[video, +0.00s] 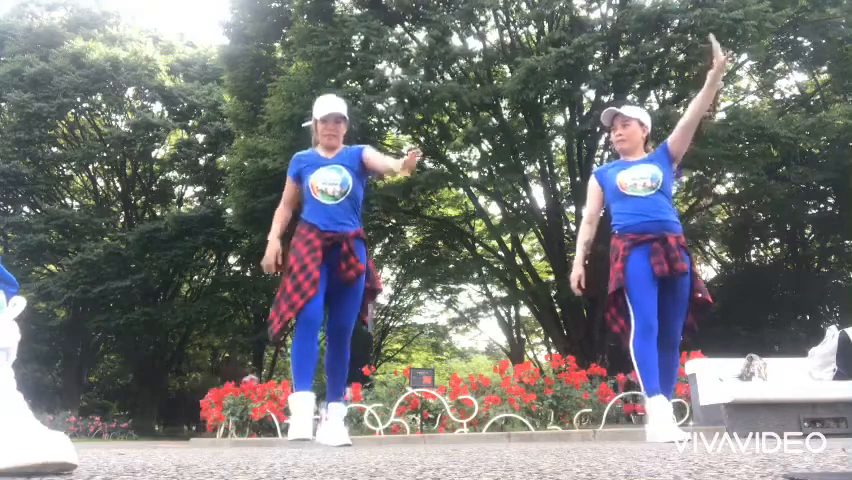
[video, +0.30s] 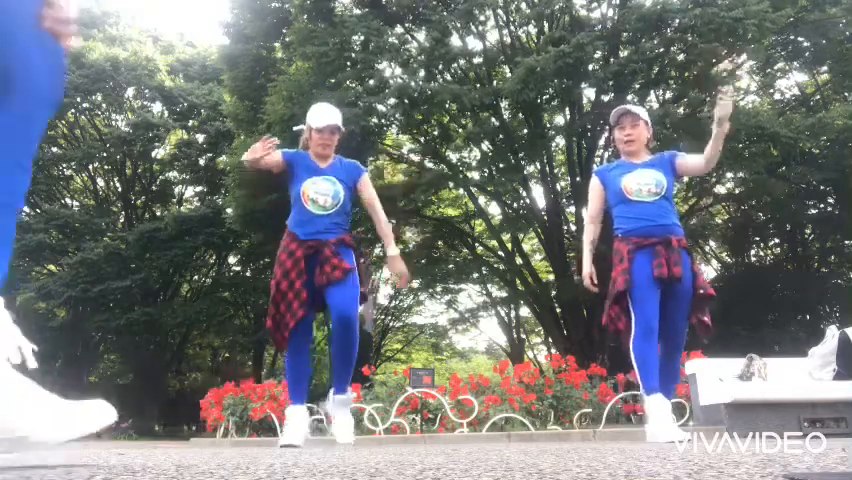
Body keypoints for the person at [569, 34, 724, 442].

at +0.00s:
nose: (618, 129)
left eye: (626, 123)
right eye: (614, 126)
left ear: (645, 129)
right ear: (611, 136)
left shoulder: (662, 158)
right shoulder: (603, 174)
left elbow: (692, 119)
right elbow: (589, 219)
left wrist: (714, 77)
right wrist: (579, 260)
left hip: (674, 246)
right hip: (635, 249)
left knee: (671, 334)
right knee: (646, 326)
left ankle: (664, 410)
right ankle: (655, 407)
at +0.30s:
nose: (628, 130)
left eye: (634, 124)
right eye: (621, 126)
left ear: (648, 131)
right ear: (613, 135)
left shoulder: (667, 161)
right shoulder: (604, 173)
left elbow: (706, 162)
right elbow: (593, 218)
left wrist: (720, 128)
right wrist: (587, 257)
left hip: (675, 248)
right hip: (636, 249)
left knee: (675, 332)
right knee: (647, 323)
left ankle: (665, 406)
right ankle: (653, 402)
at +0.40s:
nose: (630, 130)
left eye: (637, 124)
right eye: (623, 126)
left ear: (650, 131)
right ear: (616, 135)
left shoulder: (672, 168)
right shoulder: (605, 173)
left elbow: (689, 213)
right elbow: (595, 221)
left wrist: (703, 203)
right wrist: (590, 260)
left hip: (675, 250)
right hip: (636, 252)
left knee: (676, 337)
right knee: (646, 317)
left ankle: (662, 414)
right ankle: (650, 403)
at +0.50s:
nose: (631, 128)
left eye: (638, 122)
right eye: (624, 125)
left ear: (652, 129)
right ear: (617, 134)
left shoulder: (674, 168)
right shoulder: (606, 173)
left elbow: (686, 212)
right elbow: (595, 221)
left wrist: (692, 232)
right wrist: (591, 259)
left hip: (674, 251)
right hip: (634, 252)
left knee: (676, 337)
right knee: (646, 315)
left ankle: (663, 413)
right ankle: (649, 403)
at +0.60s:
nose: (633, 128)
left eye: (640, 122)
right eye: (627, 124)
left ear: (653, 128)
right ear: (618, 133)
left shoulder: (673, 167)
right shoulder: (606, 171)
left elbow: (688, 212)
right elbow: (594, 216)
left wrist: (691, 239)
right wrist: (590, 255)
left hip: (672, 251)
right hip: (631, 252)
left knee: (672, 334)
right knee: (642, 322)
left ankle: (665, 412)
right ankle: (651, 409)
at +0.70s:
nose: (634, 129)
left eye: (640, 123)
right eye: (627, 124)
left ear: (652, 128)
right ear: (618, 132)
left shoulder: (671, 167)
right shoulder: (606, 170)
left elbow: (689, 210)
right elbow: (592, 216)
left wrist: (695, 230)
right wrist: (589, 252)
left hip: (670, 250)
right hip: (629, 252)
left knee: (669, 333)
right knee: (640, 325)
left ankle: (664, 412)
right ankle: (651, 409)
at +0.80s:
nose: (634, 131)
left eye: (641, 125)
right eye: (627, 127)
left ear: (652, 131)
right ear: (618, 133)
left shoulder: (670, 170)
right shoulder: (605, 171)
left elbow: (686, 213)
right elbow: (592, 216)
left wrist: (691, 235)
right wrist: (589, 251)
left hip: (670, 253)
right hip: (630, 254)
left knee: (668, 333)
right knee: (639, 328)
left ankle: (664, 411)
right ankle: (649, 409)